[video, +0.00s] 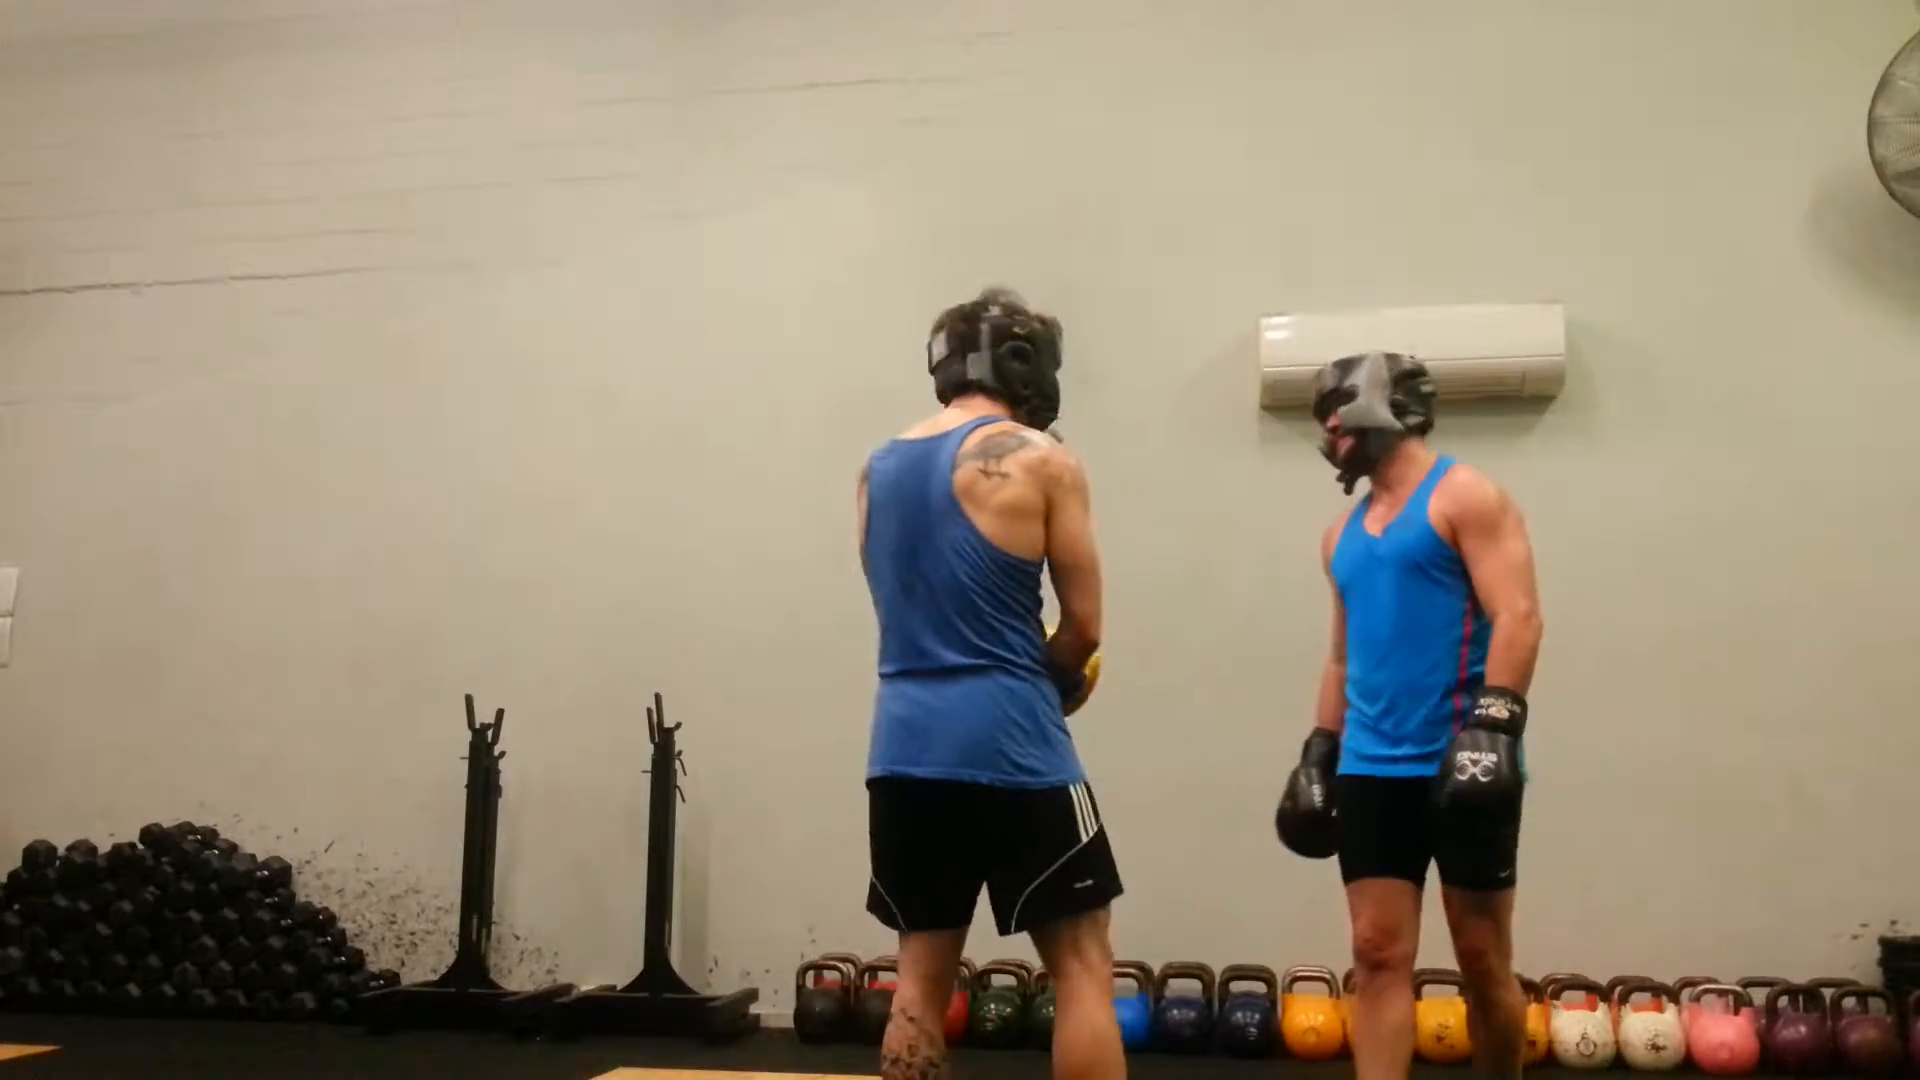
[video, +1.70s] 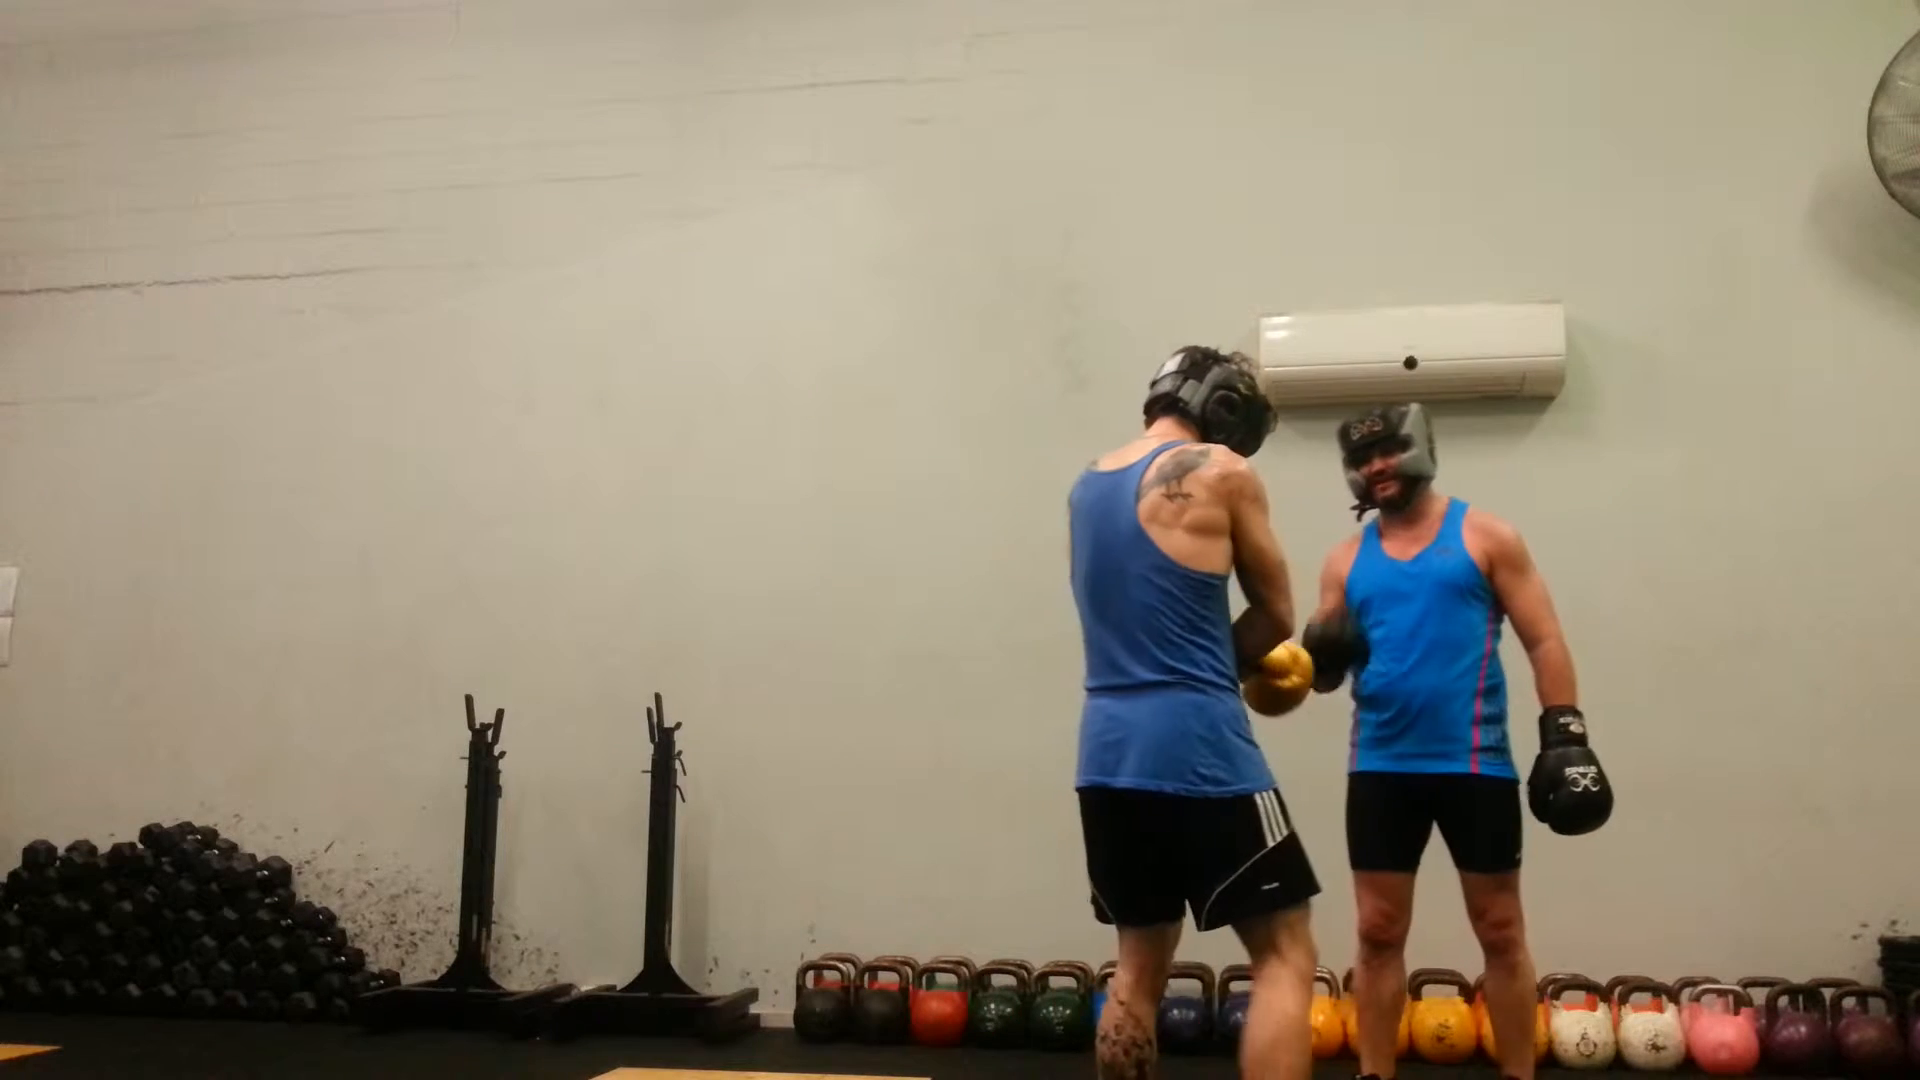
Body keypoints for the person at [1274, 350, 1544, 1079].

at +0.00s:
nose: (1324, 437)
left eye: (1335, 420)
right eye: (1322, 424)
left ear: (1382, 411)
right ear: (1362, 424)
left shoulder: (1467, 497)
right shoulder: (1342, 535)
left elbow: (1518, 615)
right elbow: (1341, 658)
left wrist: (1492, 732)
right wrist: (1317, 758)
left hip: (1462, 768)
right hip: (1370, 771)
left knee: (1481, 960)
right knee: (1377, 955)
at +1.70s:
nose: (1380, 466)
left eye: (1393, 449)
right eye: (1364, 457)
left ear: (1424, 452)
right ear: (1351, 472)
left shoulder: (1487, 537)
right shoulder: (1345, 559)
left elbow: (1543, 639)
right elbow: (1323, 671)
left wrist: (1564, 737)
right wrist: (1326, 651)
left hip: (1475, 765)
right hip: (1382, 769)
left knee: (1500, 932)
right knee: (1377, 931)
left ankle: (1519, 1074)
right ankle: (1375, 1075)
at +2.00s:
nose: (1418, 464)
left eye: (1432, 449)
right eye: (1403, 453)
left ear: (1463, 453)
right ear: (1389, 467)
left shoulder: (1519, 540)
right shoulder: (1386, 547)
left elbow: (1572, 645)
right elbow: (1339, 646)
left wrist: (1584, 742)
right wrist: (1366, 562)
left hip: (1503, 765)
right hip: (1411, 767)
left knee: (1517, 932)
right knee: (1394, 932)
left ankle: (1525, 1074)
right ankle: (1380, 1073)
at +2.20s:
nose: (1434, 474)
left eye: (1447, 460)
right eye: (1421, 462)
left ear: (1478, 463)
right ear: (1404, 469)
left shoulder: (1533, 545)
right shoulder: (1399, 548)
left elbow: (1583, 652)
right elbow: (1351, 624)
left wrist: (1600, 749)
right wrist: (1396, 510)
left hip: (1515, 766)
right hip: (1420, 767)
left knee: (1523, 934)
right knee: (1398, 940)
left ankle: (1527, 1073)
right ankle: (1382, 1075)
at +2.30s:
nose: (1441, 476)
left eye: (1452, 462)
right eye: (1429, 463)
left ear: (1479, 464)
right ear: (1412, 472)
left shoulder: (1539, 547)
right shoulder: (1404, 548)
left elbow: (1586, 655)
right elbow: (1359, 643)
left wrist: (1608, 754)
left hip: (1517, 768)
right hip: (1421, 767)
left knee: (1524, 933)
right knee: (1403, 935)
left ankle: (1526, 1073)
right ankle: (1382, 1070)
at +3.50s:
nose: (1448, 470)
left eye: (1459, 450)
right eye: (1432, 450)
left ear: (1485, 465)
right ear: (1412, 472)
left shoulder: (1536, 542)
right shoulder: (1394, 550)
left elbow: (1588, 648)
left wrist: (1607, 743)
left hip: (1515, 766)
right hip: (1418, 765)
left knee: (1523, 937)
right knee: (1398, 934)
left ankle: (1531, 1066)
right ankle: (1380, 1068)